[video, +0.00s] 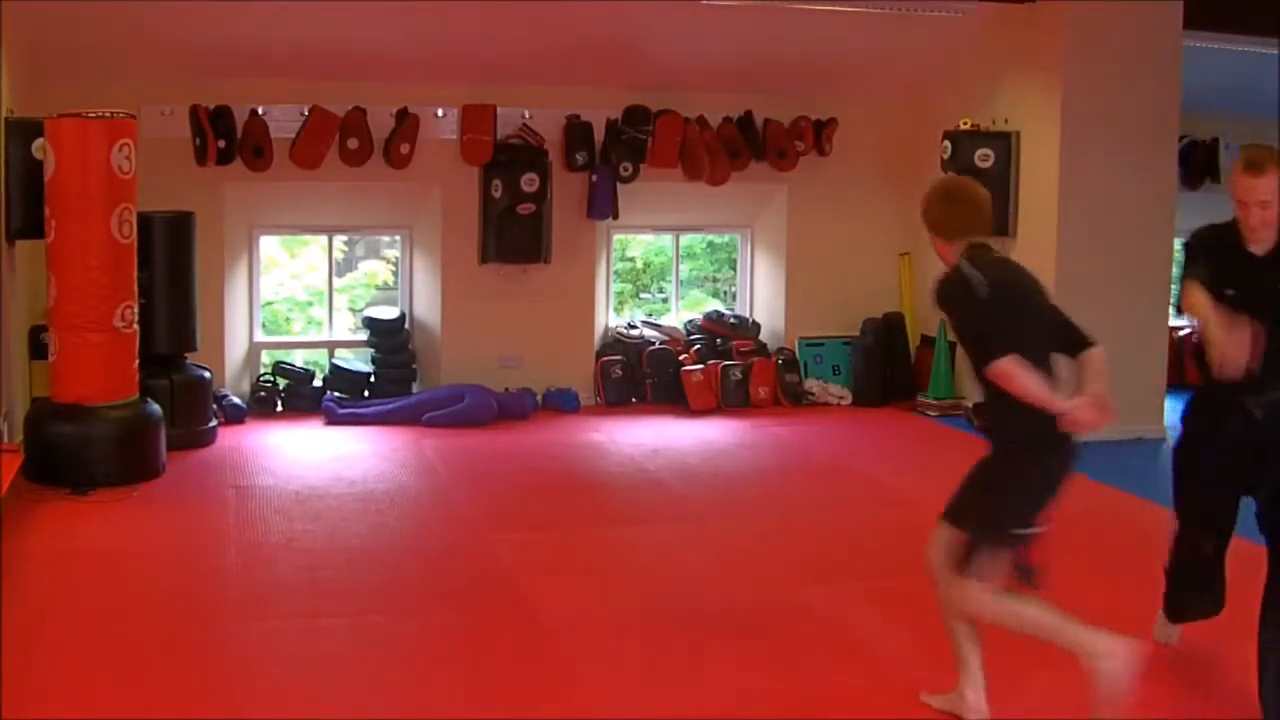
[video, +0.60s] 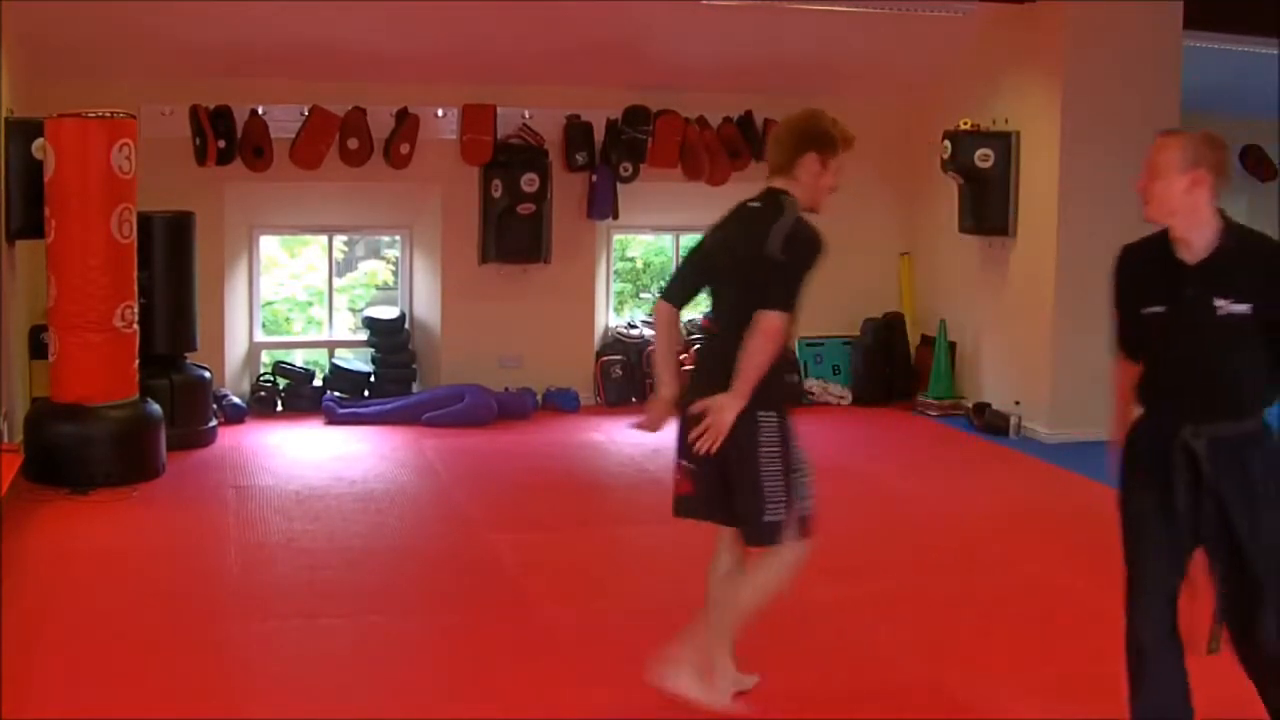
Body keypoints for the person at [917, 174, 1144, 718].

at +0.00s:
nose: (931, 241)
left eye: (930, 232)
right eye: (934, 231)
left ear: (937, 235)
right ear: (984, 225)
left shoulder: (958, 283)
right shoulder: (1014, 275)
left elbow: (999, 363)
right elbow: (1086, 347)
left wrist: (1063, 406)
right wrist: (1093, 395)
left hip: (1027, 449)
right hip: (1037, 442)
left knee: (961, 589)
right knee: (943, 551)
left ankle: (1101, 648)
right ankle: (971, 692)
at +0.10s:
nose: (899, 209)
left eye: (901, 201)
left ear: (906, 206)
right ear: (957, 200)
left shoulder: (917, 270)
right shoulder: (990, 260)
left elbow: (948, 361)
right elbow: (1061, 332)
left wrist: (1018, 398)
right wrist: (1049, 392)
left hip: (965, 427)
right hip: (1004, 426)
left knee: (894, 544)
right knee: (931, 553)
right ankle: (968, 682)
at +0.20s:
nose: (870, 177)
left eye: (870, 168)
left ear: (873, 173)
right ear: (927, 169)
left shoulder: (869, 246)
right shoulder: (961, 238)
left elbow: (875, 343)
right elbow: (1029, 308)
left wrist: (953, 375)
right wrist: (1002, 368)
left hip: (902, 420)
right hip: (963, 419)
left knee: (844, 537)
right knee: (940, 554)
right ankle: (975, 688)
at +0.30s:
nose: (892, 169)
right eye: (893, 161)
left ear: (837, 166)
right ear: (891, 166)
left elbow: (803, 336)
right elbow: (976, 317)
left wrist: (876, 381)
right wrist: (929, 371)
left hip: (845, 412)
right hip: (914, 412)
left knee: (798, 541)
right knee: (933, 559)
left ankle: (743, 663)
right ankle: (969, 688)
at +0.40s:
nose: (870, 183)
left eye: (867, 173)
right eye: (869, 174)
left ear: (809, 176)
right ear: (857, 178)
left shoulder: (775, 249)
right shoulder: (878, 252)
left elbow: (732, 336)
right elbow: (893, 339)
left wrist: (784, 392)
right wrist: (837, 395)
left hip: (783, 420)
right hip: (849, 421)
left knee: (765, 550)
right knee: (896, 560)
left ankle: (729, 675)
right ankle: (936, 690)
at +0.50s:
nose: (853, 182)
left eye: (851, 171)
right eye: (850, 171)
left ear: (796, 171)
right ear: (831, 171)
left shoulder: (754, 232)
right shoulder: (839, 241)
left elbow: (694, 320)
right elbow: (821, 330)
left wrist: (713, 394)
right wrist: (767, 394)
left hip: (737, 409)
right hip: (799, 412)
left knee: (745, 541)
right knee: (847, 543)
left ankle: (725, 675)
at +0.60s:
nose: (833, 185)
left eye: (836, 174)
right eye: (832, 173)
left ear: (780, 164)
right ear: (810, 165)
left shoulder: (735, 220)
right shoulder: (795, 230)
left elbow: (668, 303)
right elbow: (771, 320)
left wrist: (667, 387)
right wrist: (735, 395)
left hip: (713, 396)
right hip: (756, 405)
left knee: (734, 535)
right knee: (789, 541)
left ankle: (717, 666)